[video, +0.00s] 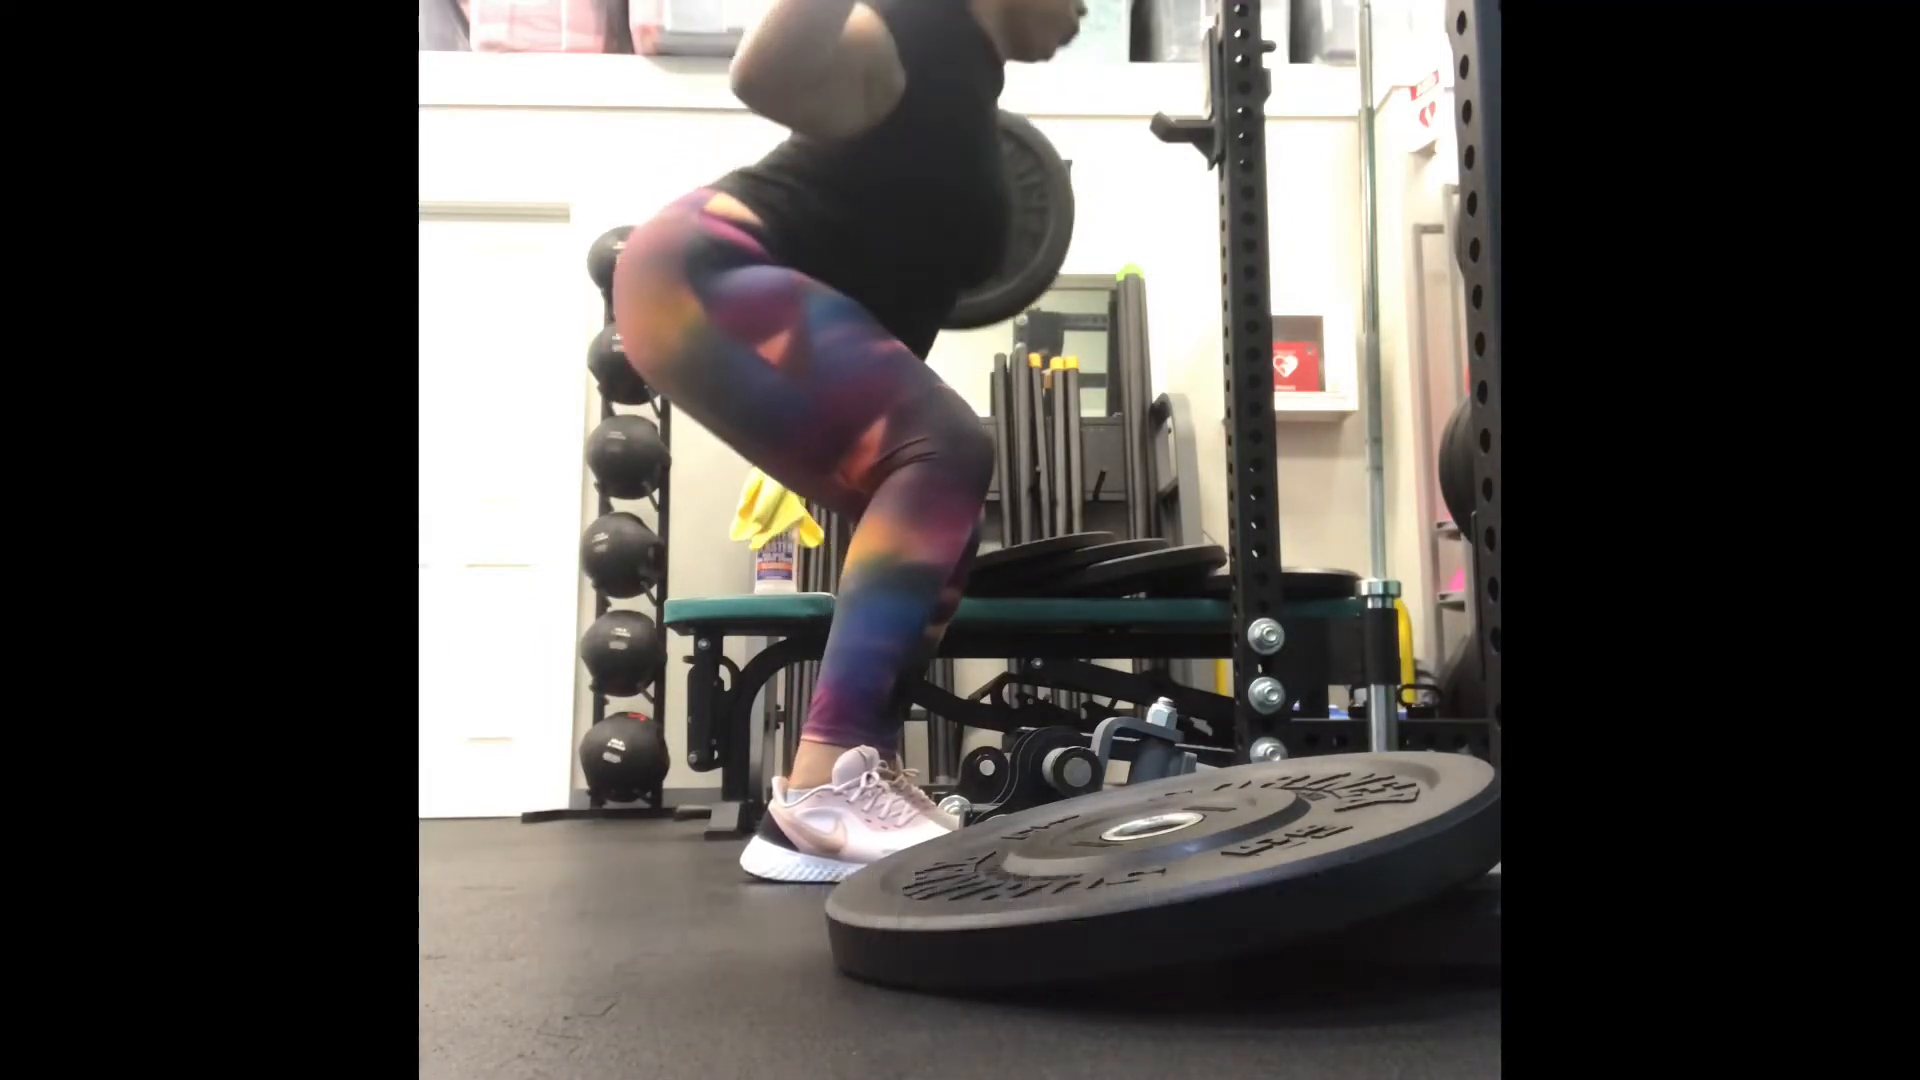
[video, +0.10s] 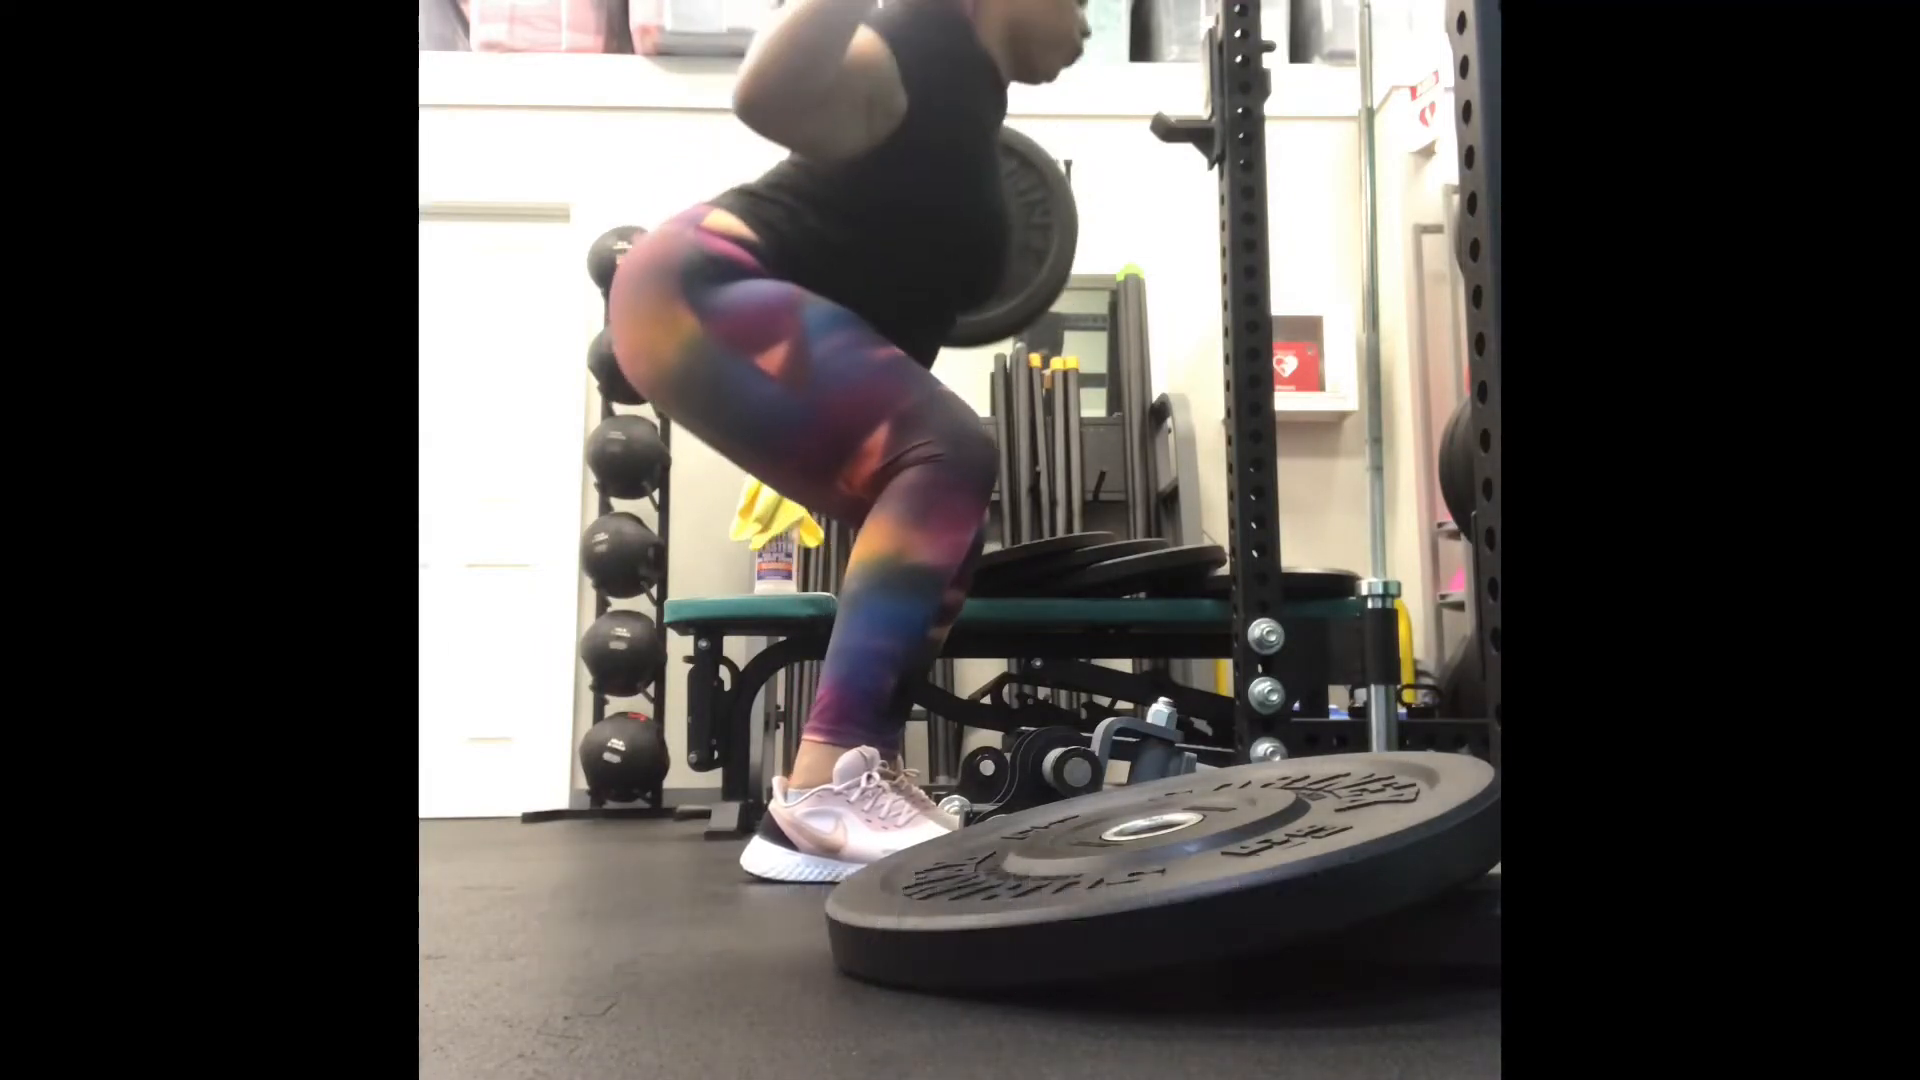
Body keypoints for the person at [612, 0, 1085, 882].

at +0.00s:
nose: (1080, 13)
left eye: (1081, 2)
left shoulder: (962, 104)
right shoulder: (932, 33)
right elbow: (769, 74)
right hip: (697, 260)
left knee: (925, 506)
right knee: (941, 446)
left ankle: (831, 801)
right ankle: (827, 780)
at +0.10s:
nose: (1086, 26)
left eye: (1086, 8)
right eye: (1076, 1)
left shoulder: (966, 117)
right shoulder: (926, 49)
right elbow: (770, 96)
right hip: (694, 280)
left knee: (936, 506)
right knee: (946, 450)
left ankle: (839, 796)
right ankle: (827, 781)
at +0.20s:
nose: (1089, 39)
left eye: (1089, 16)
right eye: (1077, 9)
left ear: (1010, 11)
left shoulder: (965, 123)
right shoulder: (932, 67)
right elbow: (772, 116)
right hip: (691, 294)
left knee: (942, 523)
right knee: (948, 450)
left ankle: (838, 800)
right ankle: (828, 783)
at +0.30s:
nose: (1091, 56)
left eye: (1091, 30)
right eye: (1080, 22)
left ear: (1013, 19)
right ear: (1007, 10)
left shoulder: (966, 128)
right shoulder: (935, 82)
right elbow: (777, 133)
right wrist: (890, 4)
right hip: (690, 306)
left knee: (946, 506)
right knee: (952, 451)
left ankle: (841, 797)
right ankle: (829, 783)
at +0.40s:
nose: (1093, 64)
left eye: (1093, 39)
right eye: (1084, 31)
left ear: (1019, 24)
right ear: (1013, 18)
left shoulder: (965, 141)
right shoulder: (936, 93)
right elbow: (779, 143)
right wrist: (895, 8)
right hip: (688, 314)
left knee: (948, 495)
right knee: (955, 452)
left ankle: (848, 786)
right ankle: (828, 783)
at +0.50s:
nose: (1096, 66)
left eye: (1095, 41)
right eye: (1086, 33)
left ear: (1020, 28)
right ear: (1013, 21)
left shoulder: (966, 146)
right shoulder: (941, 96)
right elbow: (780, 147)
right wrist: (901, 10)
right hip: (689, 313)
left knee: (950, 487)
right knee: (956, 454)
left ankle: (848, 786)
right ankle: (829, 783)